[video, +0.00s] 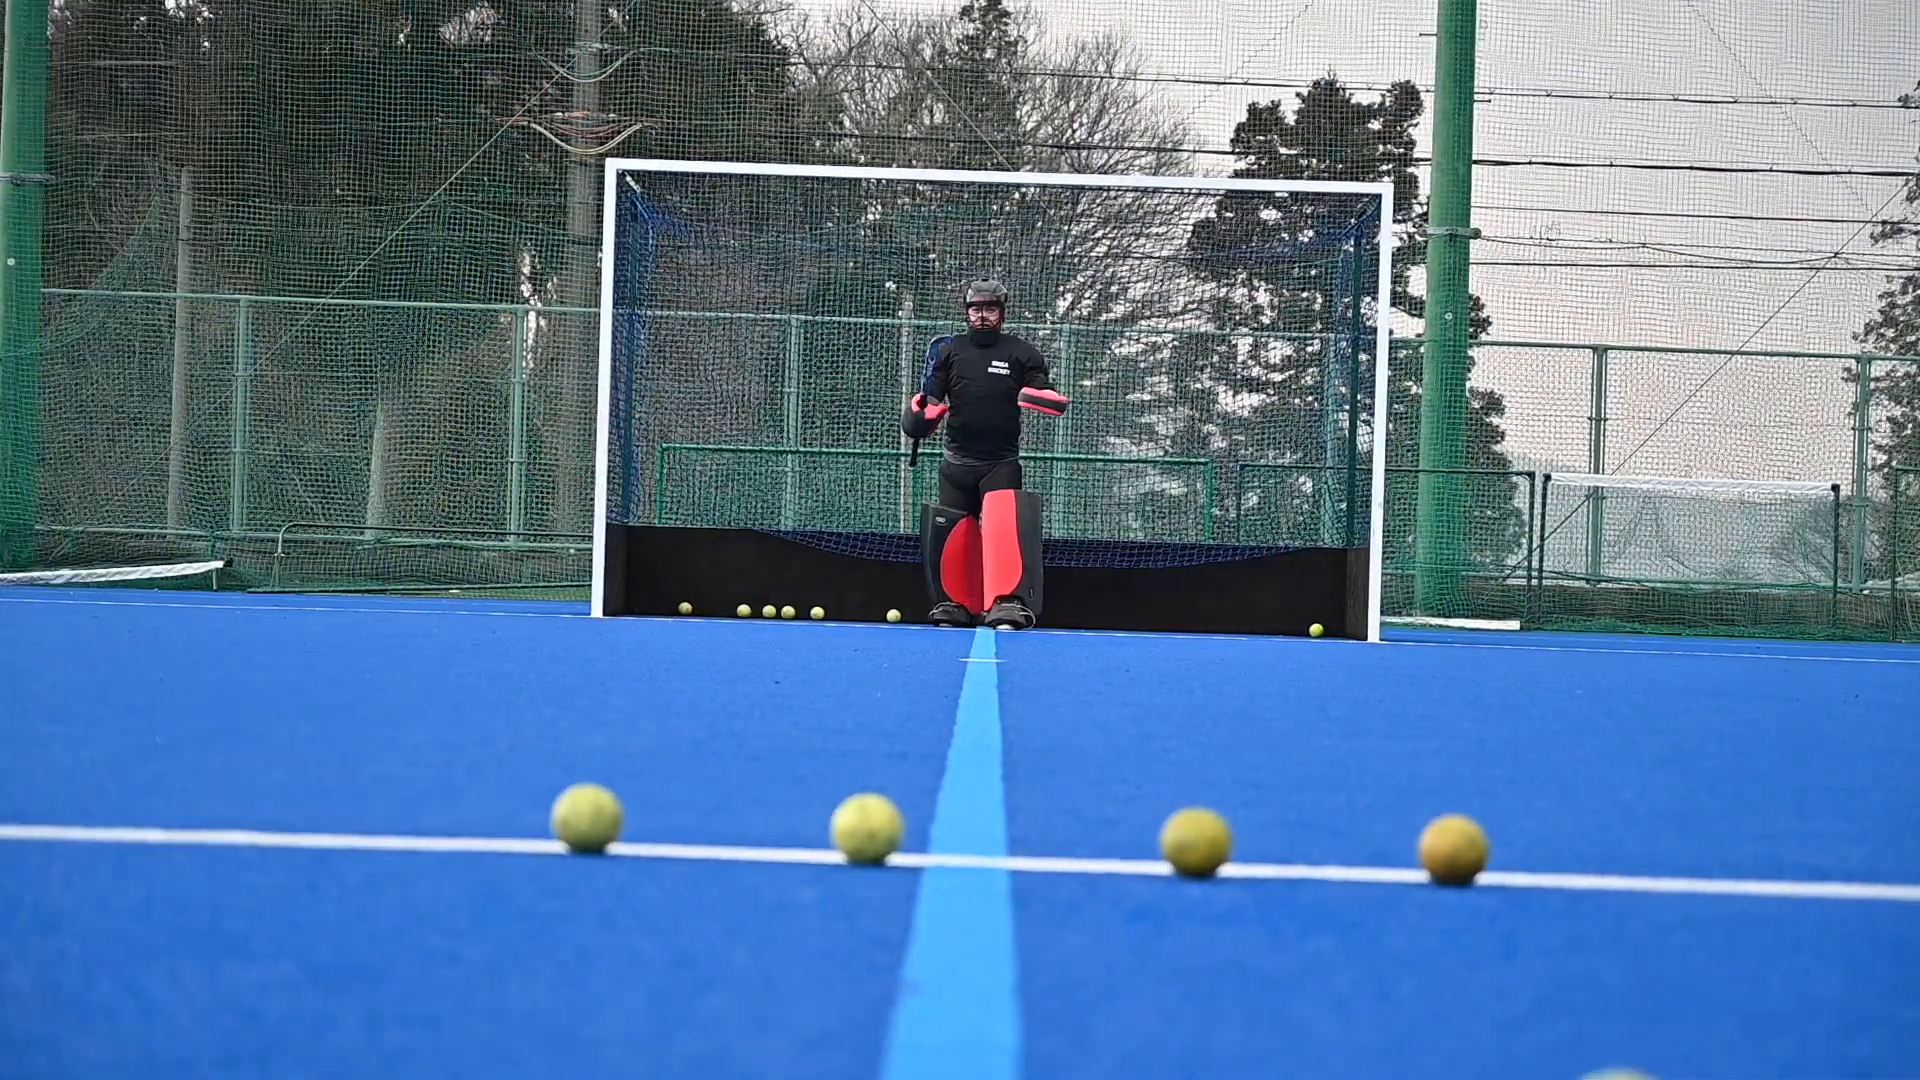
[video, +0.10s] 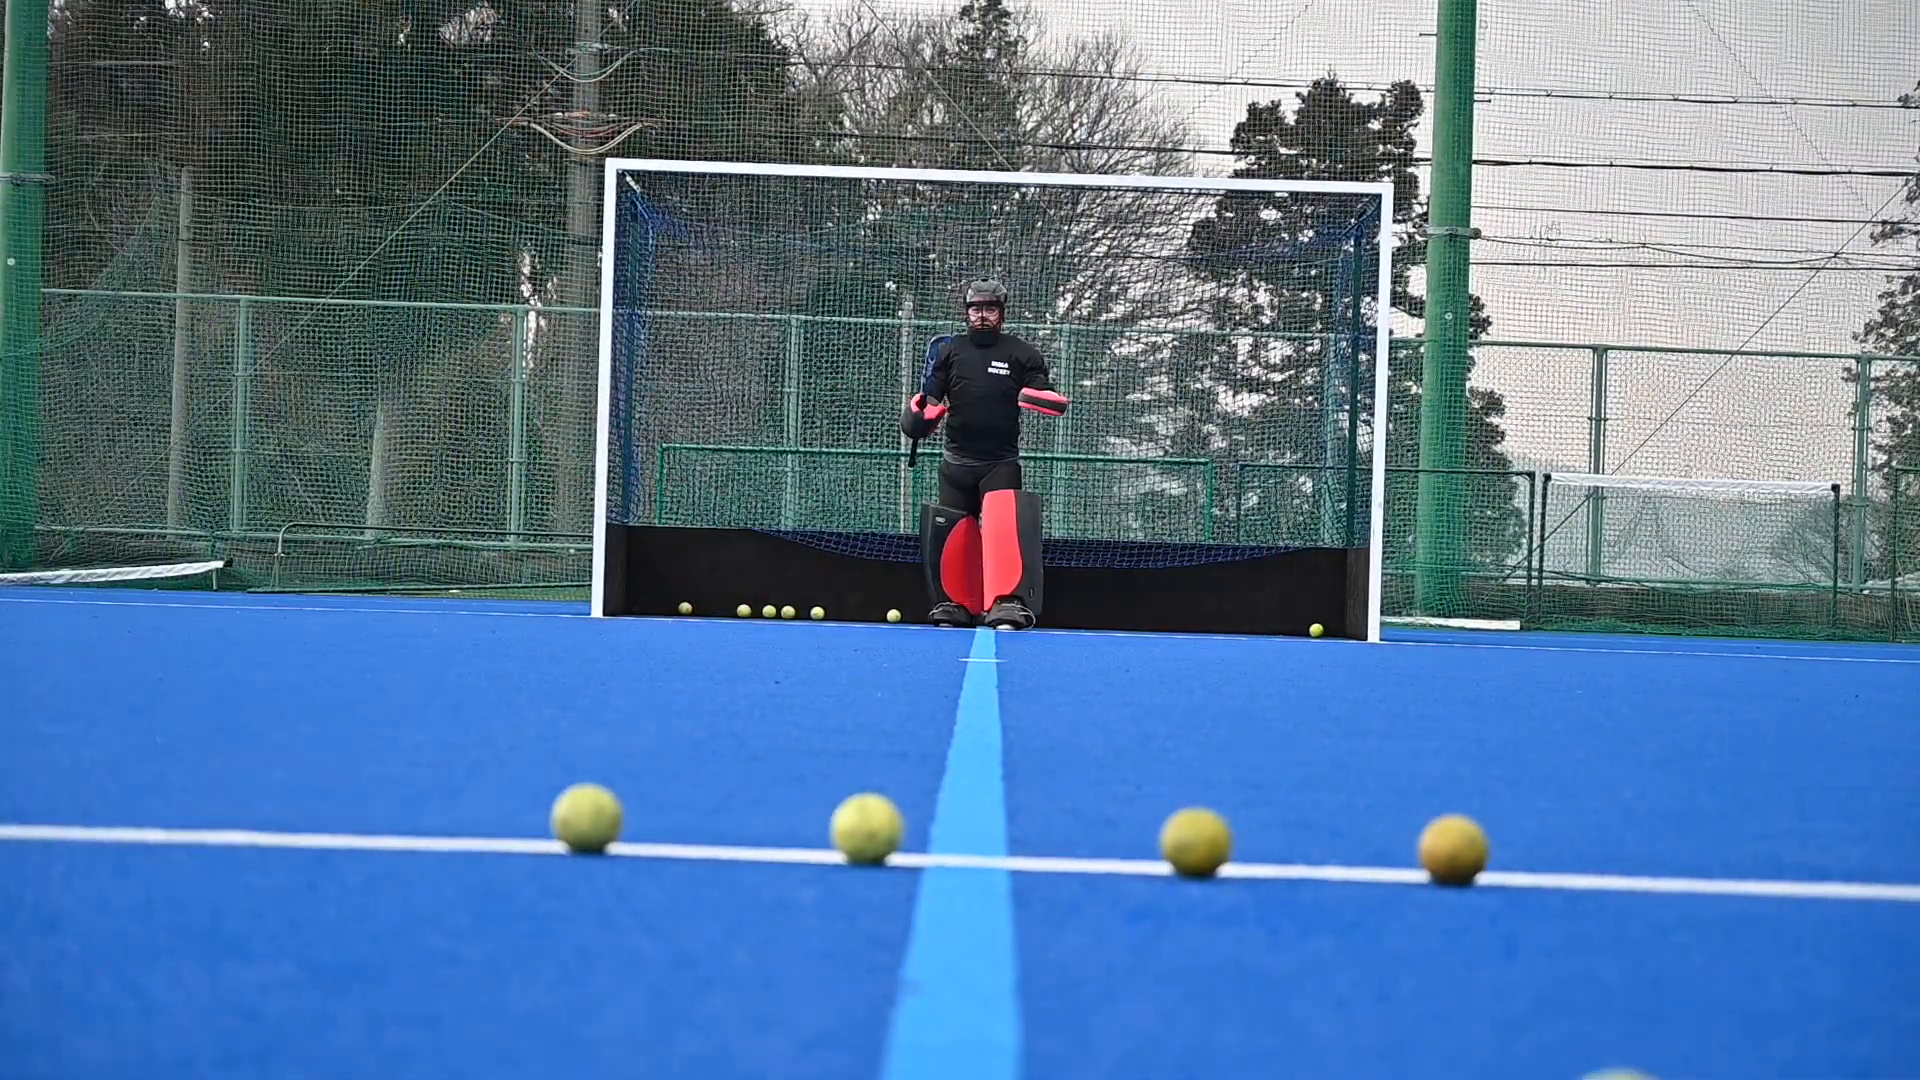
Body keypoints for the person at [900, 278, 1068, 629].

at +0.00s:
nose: (983, 316)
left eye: (990, 309)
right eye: (976, 309)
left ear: (1002, 313)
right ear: (967, 314)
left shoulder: (1023, 352)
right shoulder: (950, 352)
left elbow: (1044, 398)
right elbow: (929, 401)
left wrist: (1043, 401)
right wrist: (921, 418)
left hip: (1001, 461)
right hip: (957, 459)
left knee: (1003, 529)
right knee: (952, 531)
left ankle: (1007, 604)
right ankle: (953, 603)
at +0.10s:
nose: (983, 316)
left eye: (990, 309)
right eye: (976, 309)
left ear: (1002, 313)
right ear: (967, 314)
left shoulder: (1023, 353)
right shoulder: (950, 351)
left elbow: (1044, 399)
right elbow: (929, 400)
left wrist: (1046, 402)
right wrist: (919, 418)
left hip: (1001, 461)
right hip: (957, 459)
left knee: (1003, 529)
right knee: (952, 531)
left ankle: (1007, 604)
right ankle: (953, 603)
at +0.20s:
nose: (982, 316)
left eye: (990, 309)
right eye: (975, 309)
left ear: (1002, 313)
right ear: (966, 314)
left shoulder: (1023, 354)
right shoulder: (950, 352)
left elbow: (1044, 398)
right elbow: (928, 399)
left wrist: (1046, 402)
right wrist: (915, 420)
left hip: (1001, 462)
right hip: (956, 460)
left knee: (1003, 531)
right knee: (952, 533)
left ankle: (1007, 604)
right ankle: (954, 604)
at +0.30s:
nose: (982, 315)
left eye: (990, 309)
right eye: (976, 309)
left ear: (1002, 314)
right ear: (967, 314)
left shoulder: (1023, 354)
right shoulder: (951, 352)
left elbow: (1045, 398)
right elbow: (928, 399)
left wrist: (1048, 403)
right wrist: (916, 419)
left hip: (1001, 462)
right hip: (957, 460)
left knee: (1003, 530)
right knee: (953, 533)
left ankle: (1007, 604)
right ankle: (954, 604)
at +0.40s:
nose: (983, 317)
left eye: (991, 310)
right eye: (977, 310)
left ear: (1002, 314)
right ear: (967, 314)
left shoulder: (1023, 355)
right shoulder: (951, 352)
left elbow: (1044, 398)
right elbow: (928, 399)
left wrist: (1048, 404)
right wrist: (918, 417)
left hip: (1002, 463)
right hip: (957, 461)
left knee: (1004, 531)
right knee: (953, 534)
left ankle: (1006, 605)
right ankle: (954, 604)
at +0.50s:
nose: (984, 318)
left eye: (992, 311)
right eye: (977, 312)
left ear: (1003, 315)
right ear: (968, 316)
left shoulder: (1024, 355)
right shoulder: (952, 353)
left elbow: (1044, 397)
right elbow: (929, 400)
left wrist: (1049, 405)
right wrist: (918, 416)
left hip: (1002, 464)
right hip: (958, 462)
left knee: (1005, 531)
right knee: (953, 534)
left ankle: (1007, 605)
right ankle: (954, 605)